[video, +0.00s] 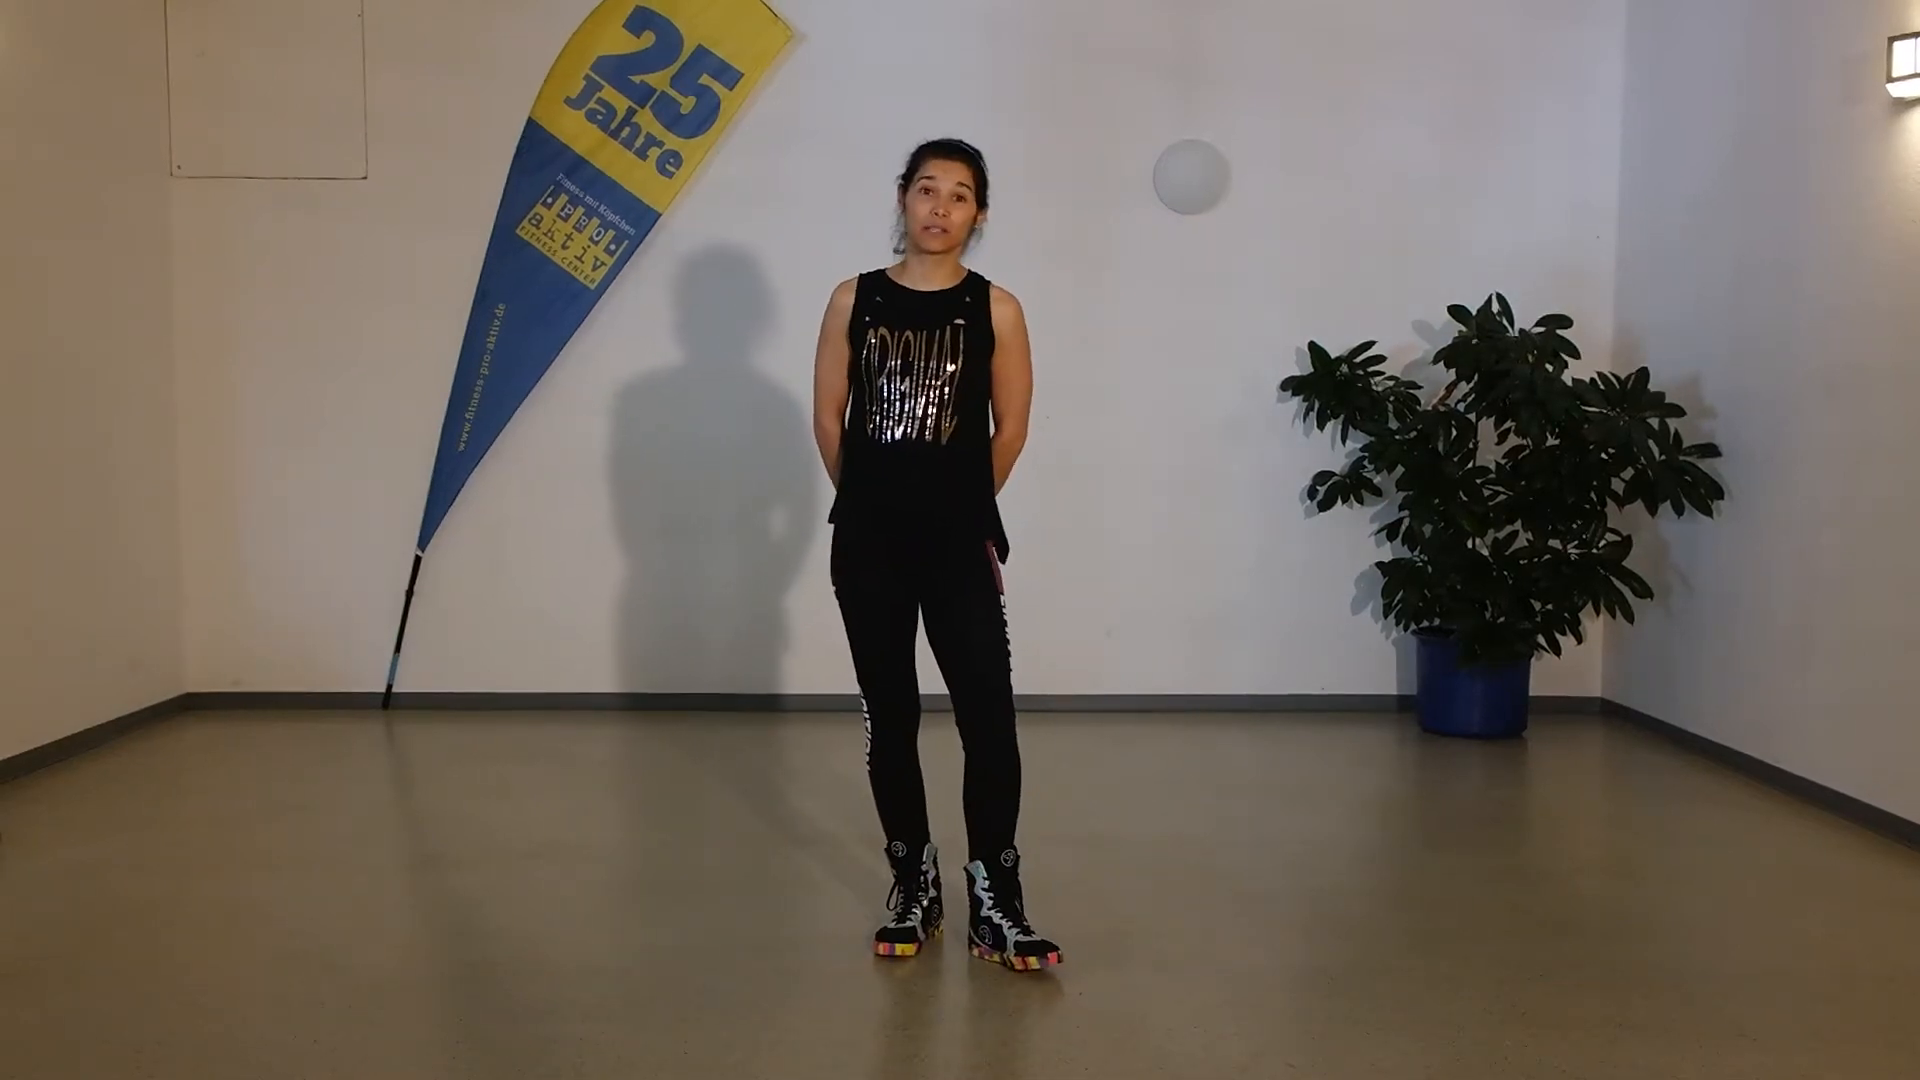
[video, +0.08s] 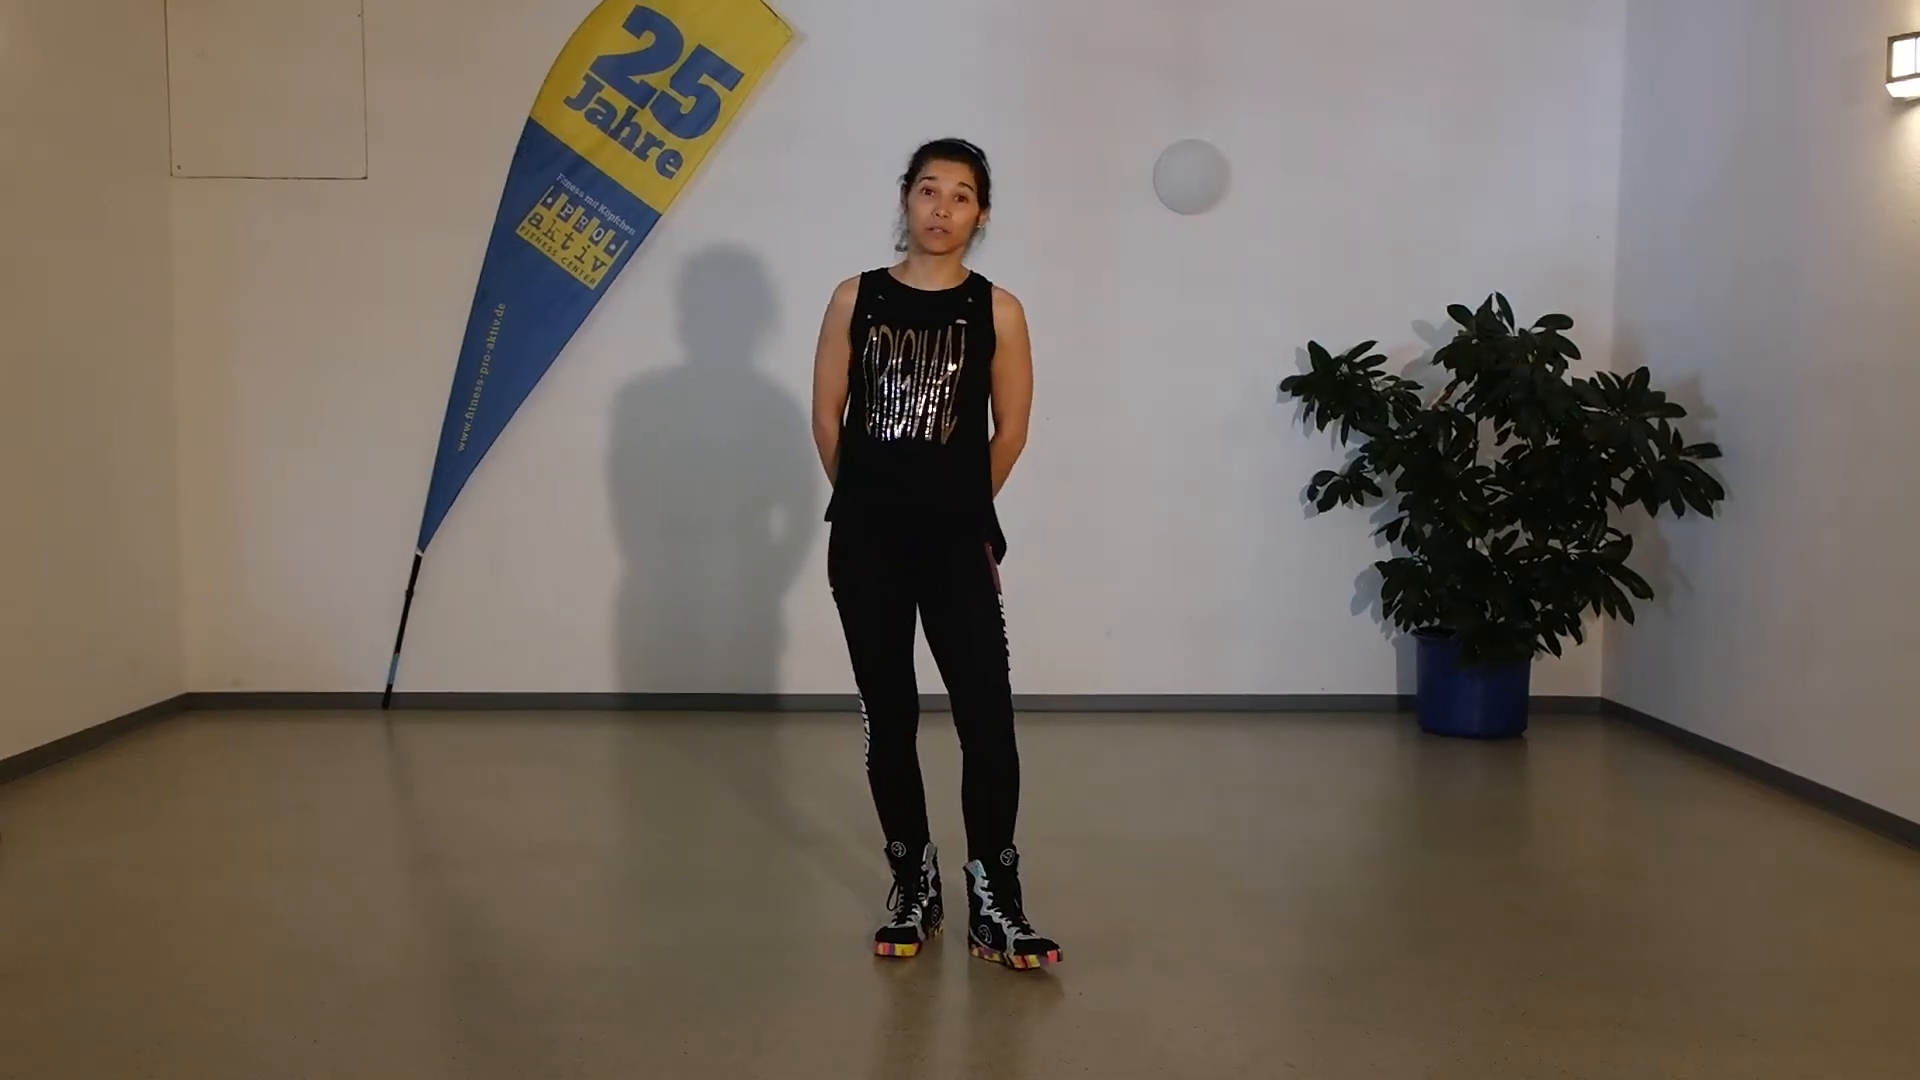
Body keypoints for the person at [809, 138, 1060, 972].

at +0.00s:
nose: (940, 204)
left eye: (959, 196)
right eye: (927, 189)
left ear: (976, 218)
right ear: (902, 203)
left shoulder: (997, 309)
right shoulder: (853, 299)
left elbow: (1013, 428)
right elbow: (828, 420)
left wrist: (966, 503)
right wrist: (860, 500)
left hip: (960, 535)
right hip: (869, 535)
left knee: (988, 716)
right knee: (891, 718)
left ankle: (994, 898)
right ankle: (912, 883)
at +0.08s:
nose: (942, 205)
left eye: (961, 196)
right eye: (929, 189)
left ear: (978, 217)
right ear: (905, 203)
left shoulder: (998, 311)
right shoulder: (855, 298)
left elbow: (1012, 430)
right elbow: (827, 421)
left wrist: (963, 507)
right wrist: (859, 501)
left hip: (958, 537)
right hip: (866, 536)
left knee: (987, 720)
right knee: (890, 719)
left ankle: (994, 902)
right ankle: (912, 888)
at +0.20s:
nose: (944, 210)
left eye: (963, 200)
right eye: (931, 195)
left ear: (985, 221)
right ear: (910, 208)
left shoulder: (1001, 318)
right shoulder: (859, 298)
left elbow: (1010, 440)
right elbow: (825, 418)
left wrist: (957, 515)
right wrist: (850, 503)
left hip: (952, 541)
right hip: (861, 538)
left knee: (986, 722)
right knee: (886, 721)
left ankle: (993, 901)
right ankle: (911, 887)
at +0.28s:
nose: (946, 213)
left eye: (965, 203)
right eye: (934, 198)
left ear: (989, 222)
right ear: (913, 210)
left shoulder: (1002, 322)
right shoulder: (861, 299)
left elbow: (1006, 442)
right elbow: (824, 417)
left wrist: (956, 518)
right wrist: (847, 501)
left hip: (949, 541)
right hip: (858, 537)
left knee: (984, 721)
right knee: (884, 720)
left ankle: (994, 901)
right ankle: (911, 888)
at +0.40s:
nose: (948, 214)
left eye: (967, 203)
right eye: (936, 198)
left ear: (992, 222)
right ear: (916, 209)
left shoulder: (1002, 323)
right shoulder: (862, 295)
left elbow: (1006, 443)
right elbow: (820, 412)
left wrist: (953, 517)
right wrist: (843, 500)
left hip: (947, 541)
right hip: (856, 536)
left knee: (980, 716)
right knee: (883, 718)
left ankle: (993, 900)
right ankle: (911, 888)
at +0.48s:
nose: (949, 213)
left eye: (968, 203)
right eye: (937, 198)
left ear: (991, 222)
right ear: (916, 210)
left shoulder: (1002, 325)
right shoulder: (863, 296)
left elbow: (1005, 444)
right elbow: (819, 412)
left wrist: (953, 515)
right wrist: (841, 499)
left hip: (945, 538)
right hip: (854, 533)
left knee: (980, 718)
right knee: (882, 718)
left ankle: (993, 902)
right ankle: (911, 888)